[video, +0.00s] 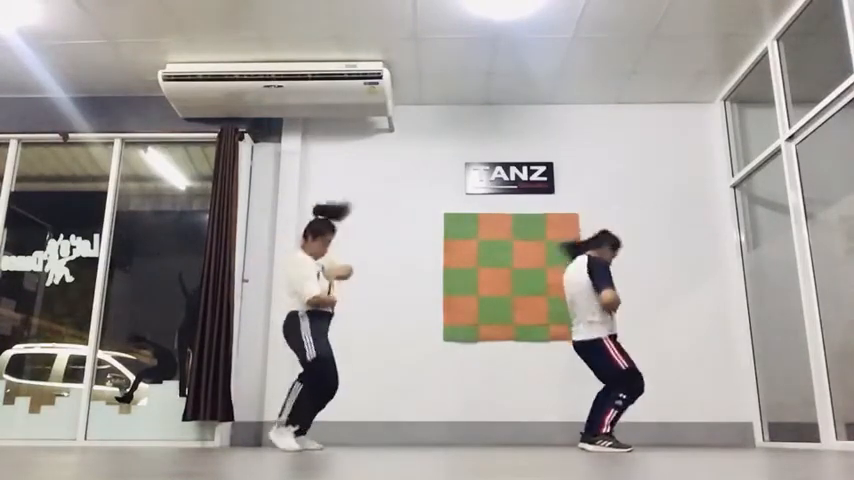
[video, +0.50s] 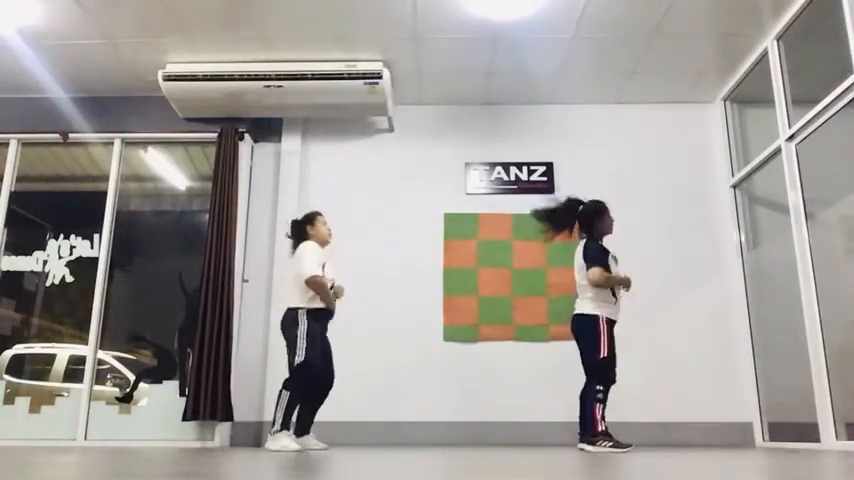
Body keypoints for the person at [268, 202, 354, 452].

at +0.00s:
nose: (326, 248)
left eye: (329, 244)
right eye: (324, 242)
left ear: (323, 242)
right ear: (308, 237)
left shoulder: (317, 263)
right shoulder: (299, 262)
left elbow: (345, 270)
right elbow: (311, 298)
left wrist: (334, 273)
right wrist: (330, 300)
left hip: (317, 322)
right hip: (302, 320)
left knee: (329, 382)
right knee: (315, 371)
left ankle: (298, 433)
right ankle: (282, 428)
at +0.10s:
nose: (320, 238)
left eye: (320, 232)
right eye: (316, 232)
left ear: (311, 234)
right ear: (302, 232)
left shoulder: (312, 258)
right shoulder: (297, 258)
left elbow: (333, 265)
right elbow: (308, 291)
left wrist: (336, 265)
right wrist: (333, 296)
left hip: (320, 318)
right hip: (307, 318)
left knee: (330, 379)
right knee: (309, 374)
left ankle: (299, 432)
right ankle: (278, 433)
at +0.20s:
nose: (318, 224)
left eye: (318, 219)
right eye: (312, 219)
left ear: (314, 225)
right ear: (298, 224)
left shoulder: (314, 250)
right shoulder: (297, 247)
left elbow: (331, 273)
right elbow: (306, 277)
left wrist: (330, 277)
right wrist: (331, 287)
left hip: (322, 312)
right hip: (306, 311)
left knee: (326, 374)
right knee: (301, 370)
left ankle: (303, 430)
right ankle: (278, 432)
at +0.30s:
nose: (319, 221)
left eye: (318, 216)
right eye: (314, 217)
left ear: (308, 223)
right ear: (300, 224)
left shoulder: (315, 245)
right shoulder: (300, 241)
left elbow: (332, 269)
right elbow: (305, 268)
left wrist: (330, 274)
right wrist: (331, 288)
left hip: (323, 309)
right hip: (307, 308)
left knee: (322, 373)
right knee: (300, 368)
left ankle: (303, 432)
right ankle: (278, 432)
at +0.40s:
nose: (325, 225)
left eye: (323, 221)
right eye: (319, 221)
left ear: (307, 226)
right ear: (305, 225)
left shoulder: (318, 250)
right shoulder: (305, 244)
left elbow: (327, 278)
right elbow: (308, 273)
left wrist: (335, 285)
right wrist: (331, 296)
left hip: (320, 316)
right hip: (305, 312)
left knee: (322, 374)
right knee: (302, 370)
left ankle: (301, 433)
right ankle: (278, 433)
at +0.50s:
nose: (329, 229)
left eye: (328, 224)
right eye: (324, 225)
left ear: (315, 230)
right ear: (311, 230)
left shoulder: (319, 254)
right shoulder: (308, 248)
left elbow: (321, 284)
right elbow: (312, 279)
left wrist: (333, 289)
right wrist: (330, 301)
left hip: (316, 319)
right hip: (301, 316)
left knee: (324, 376)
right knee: (300, 372)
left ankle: (302, 433)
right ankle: (278, 434)